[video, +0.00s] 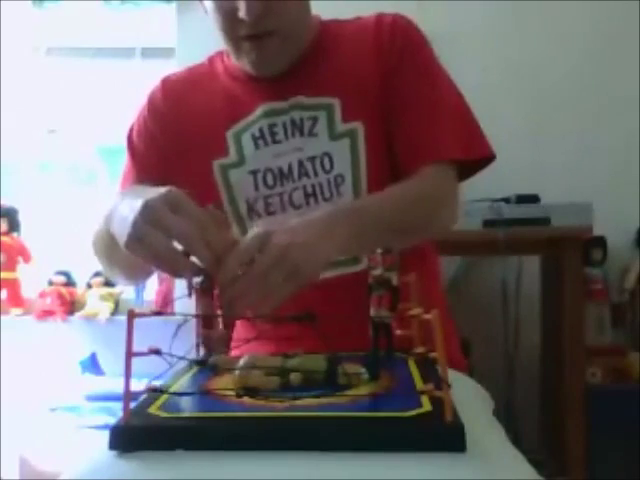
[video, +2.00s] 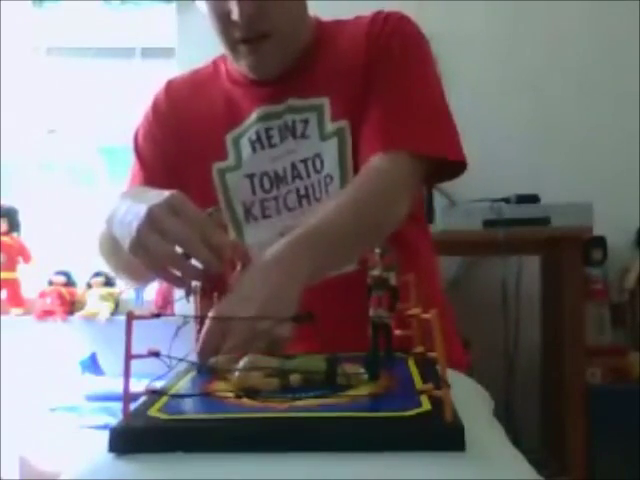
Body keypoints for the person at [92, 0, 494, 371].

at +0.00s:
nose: (245, 12)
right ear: (205, 4)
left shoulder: (386, 46)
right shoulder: (173, 104)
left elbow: (439, 202)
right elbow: (123, 266)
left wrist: (320, 236)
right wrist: (124, 214)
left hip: (403, 367)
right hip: (256, 377)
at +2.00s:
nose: (239, 15)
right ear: (202, 7)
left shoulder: (383, 43)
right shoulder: (177, 106)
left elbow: (395, 181)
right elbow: (131, 268)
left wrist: (284, 267)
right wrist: (126, 215)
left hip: (399, 382)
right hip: (246, 398)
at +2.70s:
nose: (237, 17)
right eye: (217, 1)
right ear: (200, 7)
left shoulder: (382, 45)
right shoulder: (176, 106)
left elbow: (411, 193)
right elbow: (134, 261)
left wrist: (303, 206)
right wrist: (122, 217)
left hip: (403, 366)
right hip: (257, 377)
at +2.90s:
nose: (234, 16)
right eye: (213, 2)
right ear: (197, 8)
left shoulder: (381, 47)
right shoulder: (172, 109)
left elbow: (460, 201)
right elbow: (128, 268)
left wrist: (370, 152)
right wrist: (125, 225)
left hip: (403, 365)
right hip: (255, 378)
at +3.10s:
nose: (237, 14)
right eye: (214, 1)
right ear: (190, 9)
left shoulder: (383, 49)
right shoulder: (169, 110)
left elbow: (497, 184)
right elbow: (136, 282)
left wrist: (443, 145)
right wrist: (108, 243)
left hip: (410, 368)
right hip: (256, 384)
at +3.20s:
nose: (240, 14)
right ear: (192, 7)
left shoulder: (386, 49)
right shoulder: (170, 113)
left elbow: (491, 153)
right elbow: (144, 289)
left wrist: (462, 182)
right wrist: (103, 251)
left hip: (411, 367)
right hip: (254, 384)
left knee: (503, 473)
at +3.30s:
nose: (249, 12)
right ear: (201, 8)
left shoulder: (393, 50)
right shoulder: (179, 114)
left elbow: (484, 159)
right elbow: (149, 282)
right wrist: (90, 260)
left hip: (417, 370)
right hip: (268, 391)